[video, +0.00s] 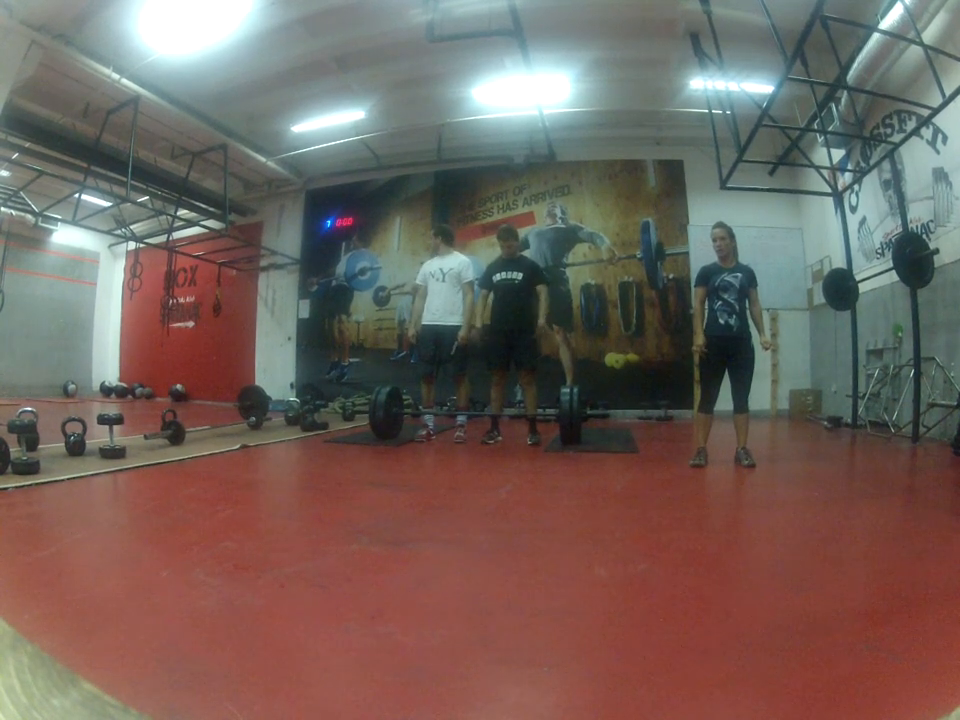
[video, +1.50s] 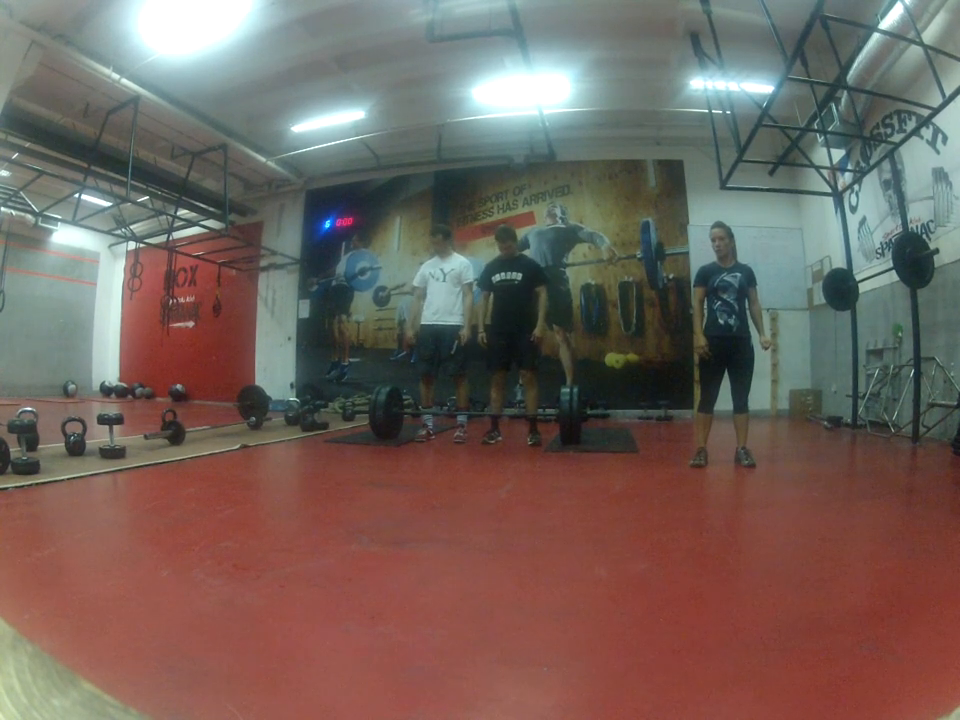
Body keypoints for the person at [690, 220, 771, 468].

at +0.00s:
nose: (718, 244)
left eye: (722, 239)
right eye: (715, 240)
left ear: (733, 241)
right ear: (711, 244)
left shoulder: (746, 272)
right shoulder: (706, 272)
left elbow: (754, 305)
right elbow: (698, 305)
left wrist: (762, 334)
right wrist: (698, 335)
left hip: (741, 343)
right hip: (713, 342)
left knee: (741, 400)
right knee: (707, 399)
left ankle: (742, 449)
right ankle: (700, 449)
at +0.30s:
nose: (718, 244)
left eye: (722, 239)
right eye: (715, 240)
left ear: (733, 242)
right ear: (712, 244)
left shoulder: (746, 272)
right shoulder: (706, 272)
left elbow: (754, 305)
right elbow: (698, 305)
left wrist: (762, 334)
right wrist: (698, 334)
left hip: (741, 343)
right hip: (712, 343)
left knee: (741, 400)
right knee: (707, 399)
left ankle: (742, 449)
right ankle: (701, 449)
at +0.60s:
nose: (718, 244)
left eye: (722, 239)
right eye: (715, 240)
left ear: (733, 241)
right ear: (711, 244)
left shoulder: (746, 272)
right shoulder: (706, 272)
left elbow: (755, 305)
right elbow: (698, 305)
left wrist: (762, 333)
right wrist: (698, 334)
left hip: (740, 342)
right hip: (712, 342)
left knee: (741, 400)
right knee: (707, 399)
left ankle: (742, 449)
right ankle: (701, 449)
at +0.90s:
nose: (718, 244)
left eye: (722, 239)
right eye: (714, 240)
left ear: (732, 241)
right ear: (711, 244)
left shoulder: (746, 271)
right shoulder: (705, 272)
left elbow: (754, 304)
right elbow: (698, 306)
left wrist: (762, 333)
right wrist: (698, 335)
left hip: (740, 343)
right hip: (712, 342)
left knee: (741, 399)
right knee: (707, 399)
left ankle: (742, 449)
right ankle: (701, 450)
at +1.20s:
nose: (717, 244)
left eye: (721, 239)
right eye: (714, 240)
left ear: (732, 241)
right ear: (710, 244)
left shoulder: (746, 271)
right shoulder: (705, 272)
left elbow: (754, 304)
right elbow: (697, 306)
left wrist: (762, 333)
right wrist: (698, 335)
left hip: (740, 342)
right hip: (712, 342)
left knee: (741, 400)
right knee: (707, 399)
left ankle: (742, 449)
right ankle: (700, 450)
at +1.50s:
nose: (717, 244)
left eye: (721, 239)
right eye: (714, 240)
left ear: (732, 241)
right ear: (710, 244)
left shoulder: (745, 271)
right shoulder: (705, 272)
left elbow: (754, 304)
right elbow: (697, 306)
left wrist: (762, 333)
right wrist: (698, 335)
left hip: (740, 343)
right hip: (712, 342)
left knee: (741, 400)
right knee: (707, 400)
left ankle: (742, 449)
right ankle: (700, 449)